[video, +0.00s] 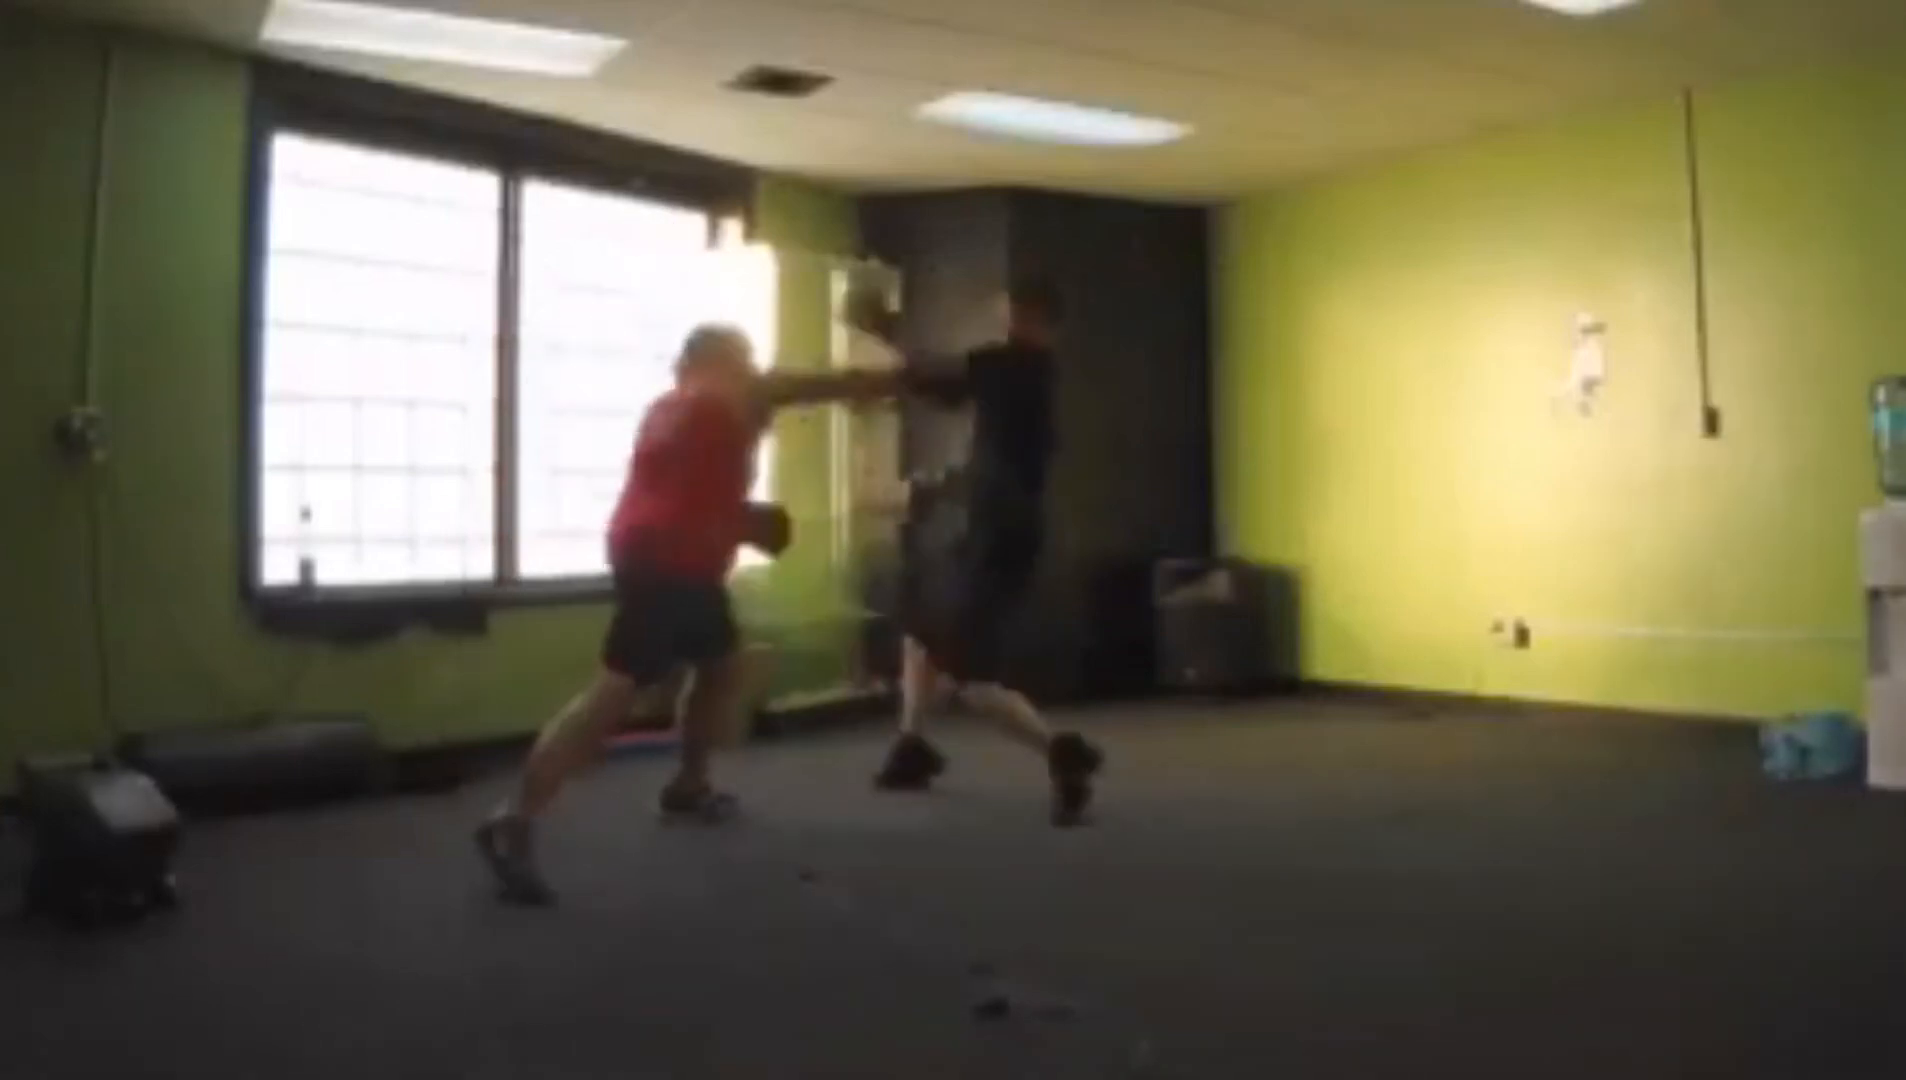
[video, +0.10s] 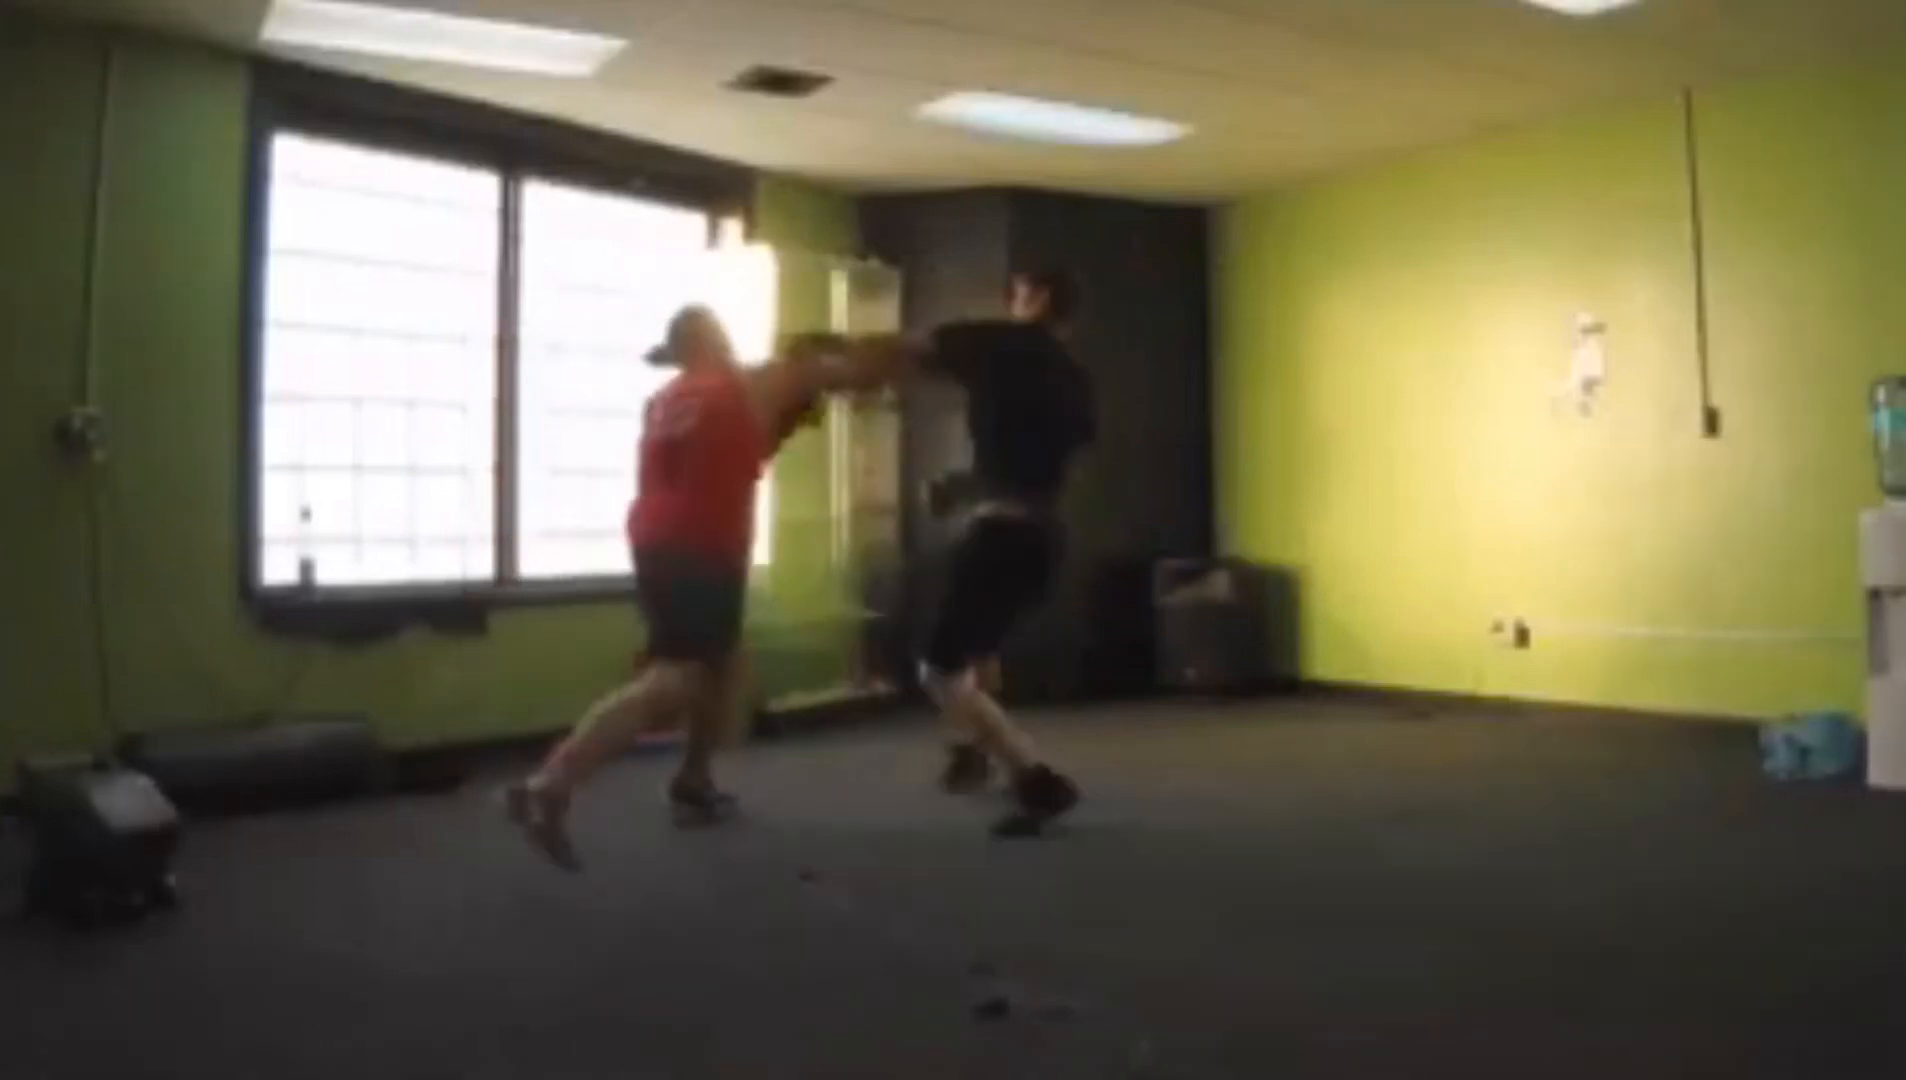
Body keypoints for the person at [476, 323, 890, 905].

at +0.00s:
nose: (752, 369)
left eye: (747, 360)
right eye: (744, 360)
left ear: (691, 364)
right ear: (725, 361)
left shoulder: (669, 408)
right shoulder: (742, 392)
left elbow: (676, 497)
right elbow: (833, 385)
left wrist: (750, 522)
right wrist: (906, 379)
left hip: (648, 554)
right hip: (675, 560)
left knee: (722, 664)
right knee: (618, 693)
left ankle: (691, 786)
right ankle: (514, 823)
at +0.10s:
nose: (725, 345)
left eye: (713, 339)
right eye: (718, 336)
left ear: (677, 353)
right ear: (714, 340)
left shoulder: (662, 402)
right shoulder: (743, 389)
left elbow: (734, 458)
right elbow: (831, 364)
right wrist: (904, 355)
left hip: (653, 542)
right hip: (708, 548)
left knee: (719, 664)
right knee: (677, 677)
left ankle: (695, 780)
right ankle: (548, 789)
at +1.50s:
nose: (676, 332)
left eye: (685, 317)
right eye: (663, 319)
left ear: (701, 325)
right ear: (643, 328)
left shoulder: (729, 402)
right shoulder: (616, 392)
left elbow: (786, 489)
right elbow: (576, 474)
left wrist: (731, 451)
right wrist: (638, 458)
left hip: (722, 568)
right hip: (629, 571)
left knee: (809, 684)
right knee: (565, 691)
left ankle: (845, 812)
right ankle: (528, 835)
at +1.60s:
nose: (736, 338)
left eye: (745, 324)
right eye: (723, 325)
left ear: (758, 323)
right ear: (700, 325)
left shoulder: (775, 386)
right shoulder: (661, 382)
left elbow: (841, 465)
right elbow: (596, 469)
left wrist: (863, 421)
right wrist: (627, 437)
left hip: (739, 558)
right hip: (648, 563)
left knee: (814, 678)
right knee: (588, 697)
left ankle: (845, 817)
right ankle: (527, 833)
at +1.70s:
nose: (800, 339)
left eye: (812, 326)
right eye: (789, 323)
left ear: (826, 330)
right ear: (770, 322)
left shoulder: (831, 403)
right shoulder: (717, 378)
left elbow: (869, 469)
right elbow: (634, 431)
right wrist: (700, 408)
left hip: (753, 548)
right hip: (671, 548)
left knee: (813, 677)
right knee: (611, 688)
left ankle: (844, 820)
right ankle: (535, 824)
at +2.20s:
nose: (807, 329)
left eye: (808, 316)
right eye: (796, 315)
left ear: (800, 323)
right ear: (766, 318)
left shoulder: (796, 395)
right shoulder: (711, 380)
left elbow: (846, 432)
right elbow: (704, 471)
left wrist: (862, 432)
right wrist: (787, 437)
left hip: (765, 542)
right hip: (688, 547)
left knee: (835, 647)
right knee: (655, 689)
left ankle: (852, 798)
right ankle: (601, 812)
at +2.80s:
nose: (816, 316)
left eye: (817, 303)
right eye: (805, 303)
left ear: (808, 311)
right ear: (777, 307)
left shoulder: (809, 384)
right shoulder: (731, 378)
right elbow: (734, 472)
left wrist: (861, 400)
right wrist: (812, 423)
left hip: (792, 542)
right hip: (723, 547)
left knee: (844, 645)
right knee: (705, 673)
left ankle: (860, 766)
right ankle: (647, 813)